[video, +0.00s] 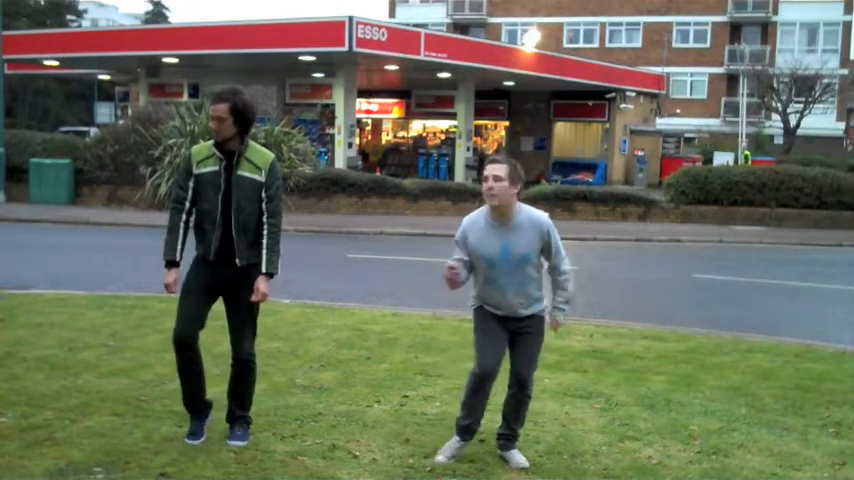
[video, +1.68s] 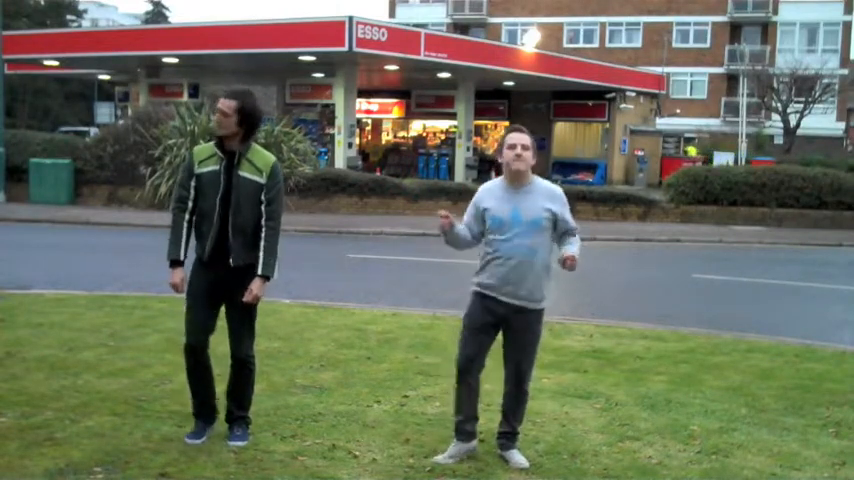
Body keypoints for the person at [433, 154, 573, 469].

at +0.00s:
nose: (489, 185)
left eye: (497, 180)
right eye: (486, 179)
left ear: (516, 187)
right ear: (481, 185)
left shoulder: (540, 223)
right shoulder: (471, 225)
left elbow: (560, 267)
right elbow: (462, 264)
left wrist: (558, 308)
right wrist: (455, 275)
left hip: (530, 316)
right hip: (489, 313)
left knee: (523, 381)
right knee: (485, 371)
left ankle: (508, 444)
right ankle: (462, 436)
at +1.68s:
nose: (518, 152)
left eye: (524, 148)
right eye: (512, 147)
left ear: (534, 157)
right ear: (501, 155)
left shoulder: (553, 195)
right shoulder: (486, 194)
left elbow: (569, 235)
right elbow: (468, 237)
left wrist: (570, 252)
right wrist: (450, 230)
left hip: (529, 303)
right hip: (487, 296)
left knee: (519, 377)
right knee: (466, 363)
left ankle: (508, 444)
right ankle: (464, 439)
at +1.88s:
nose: (513, 160)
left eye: (521, 156)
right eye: (508, 156)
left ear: (533, 165)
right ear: (499, 165)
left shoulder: (550, 204)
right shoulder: (486, 200)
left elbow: (572, 241)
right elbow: (474, 246)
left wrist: (576, 256)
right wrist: (464, 245)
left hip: (533, 310)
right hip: (490, 304)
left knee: (524, 378)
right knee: (456, 359)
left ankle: (509, 444)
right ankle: (460, 434)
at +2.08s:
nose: (511, 168)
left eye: (520, 164)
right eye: (507, 163)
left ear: (533, 176)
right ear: (499, 171)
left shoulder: (548, 214)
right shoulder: (482, 205)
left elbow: (564, 252)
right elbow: (469, 245)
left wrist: (571, 266)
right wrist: (459, 255)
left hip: (534, 314)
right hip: (491, 311)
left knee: (526, 381)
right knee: (456, 366)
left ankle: (509, 444)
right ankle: (466, 441)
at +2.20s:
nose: (513, 157)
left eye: (521, 154)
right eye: (508, 152)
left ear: (534, 163)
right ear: (500, 159)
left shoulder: (551, 201)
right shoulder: (484, 192)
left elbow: (567, 242)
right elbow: (467, 235)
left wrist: (562, 260)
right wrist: (450, 236)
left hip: (528, 304)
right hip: (487, 293)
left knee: (520, 376)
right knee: (451, 345)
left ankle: (508, 444)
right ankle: (455, 421)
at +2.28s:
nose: (513, 153)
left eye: (521, 150)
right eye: (509, 148)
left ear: (534, 159)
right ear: (500, 155)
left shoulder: (552, 197)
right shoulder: (484, 189)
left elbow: (568, 239)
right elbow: (465, 228)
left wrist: (560, 259)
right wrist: (444, 232)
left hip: (527, 300)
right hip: (487, 289)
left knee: (518, 373)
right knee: (452, 343)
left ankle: (507, 444)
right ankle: (452, 422)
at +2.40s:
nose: (514, 156)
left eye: (521, 151)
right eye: (509, 150)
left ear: (533, 158)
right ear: (500, 155)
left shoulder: (552, 195)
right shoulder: (485, 188)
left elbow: (568, 238)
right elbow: (463, 224)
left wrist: (557, 258)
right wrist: (437, 235)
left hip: (526, 300)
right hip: (485, 293)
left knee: (518, 374)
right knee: (463, 362)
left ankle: (507, 444)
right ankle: (457, 440)